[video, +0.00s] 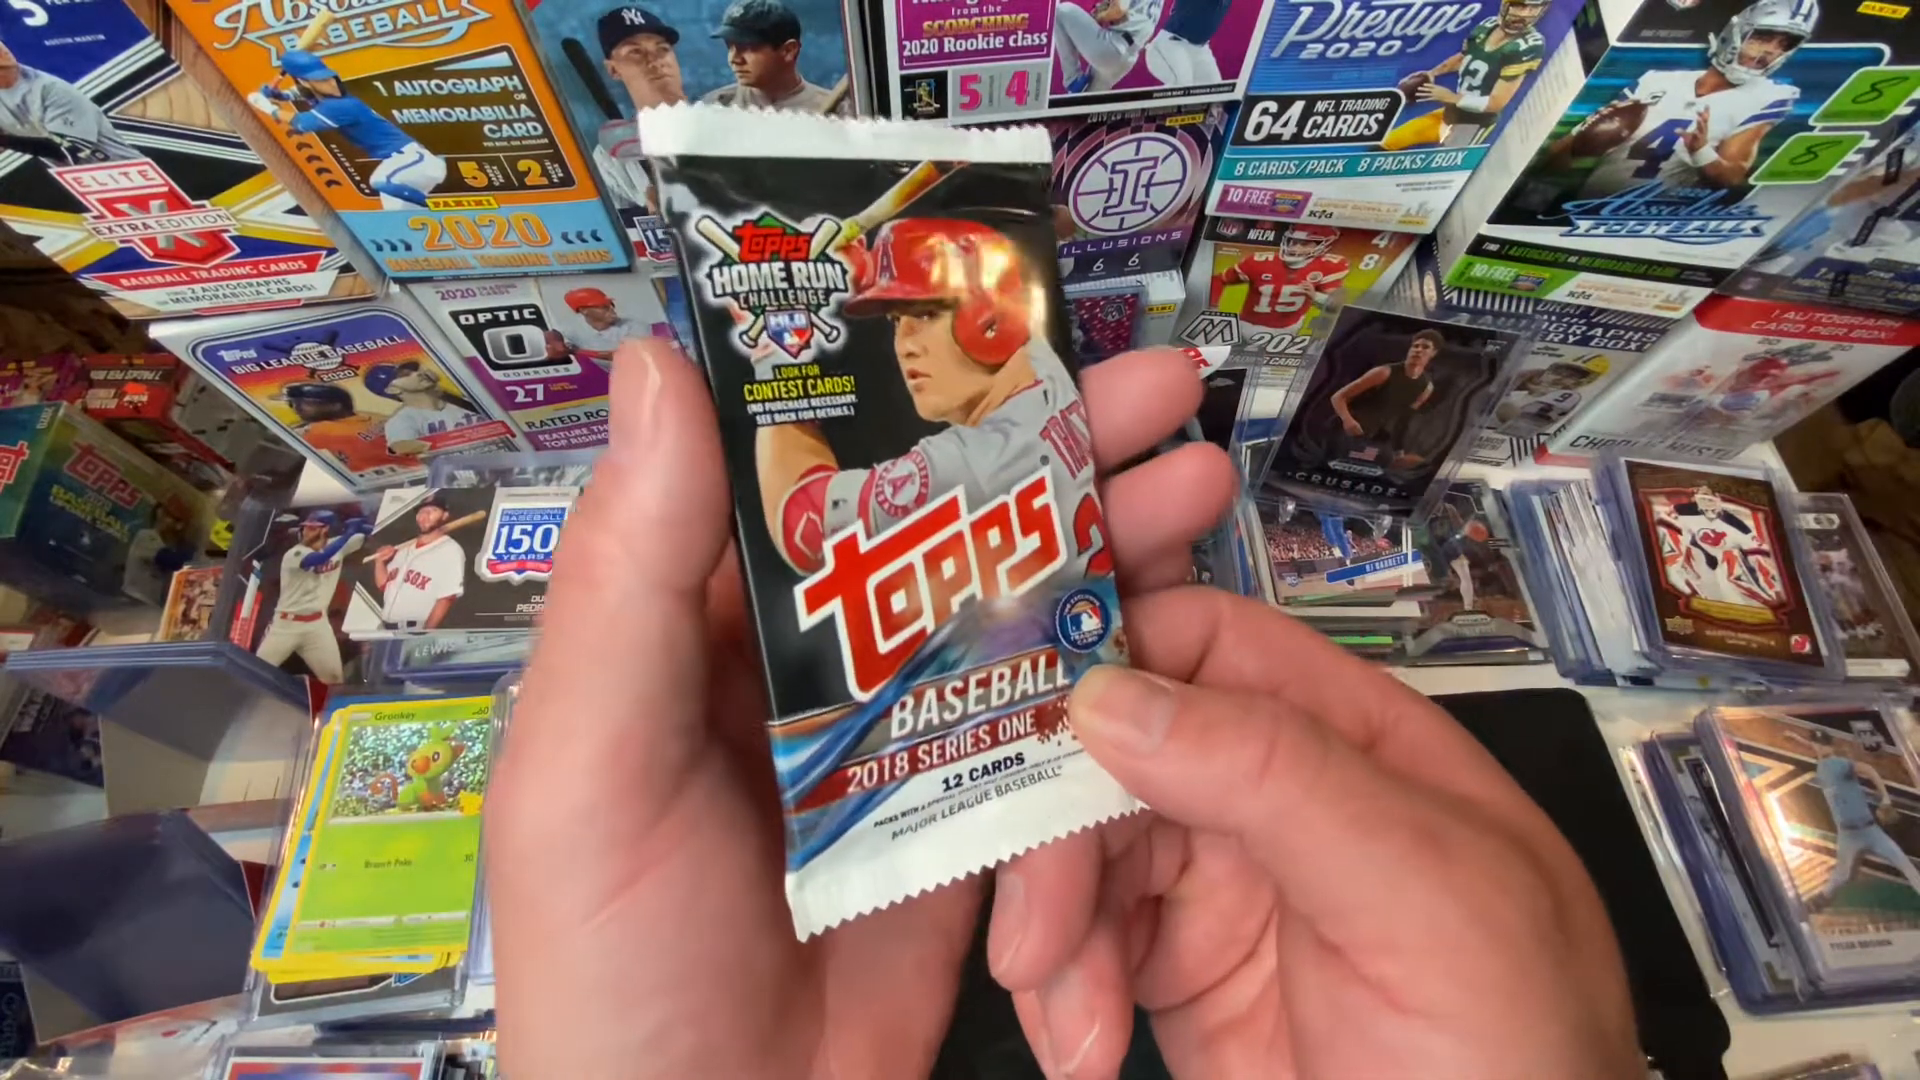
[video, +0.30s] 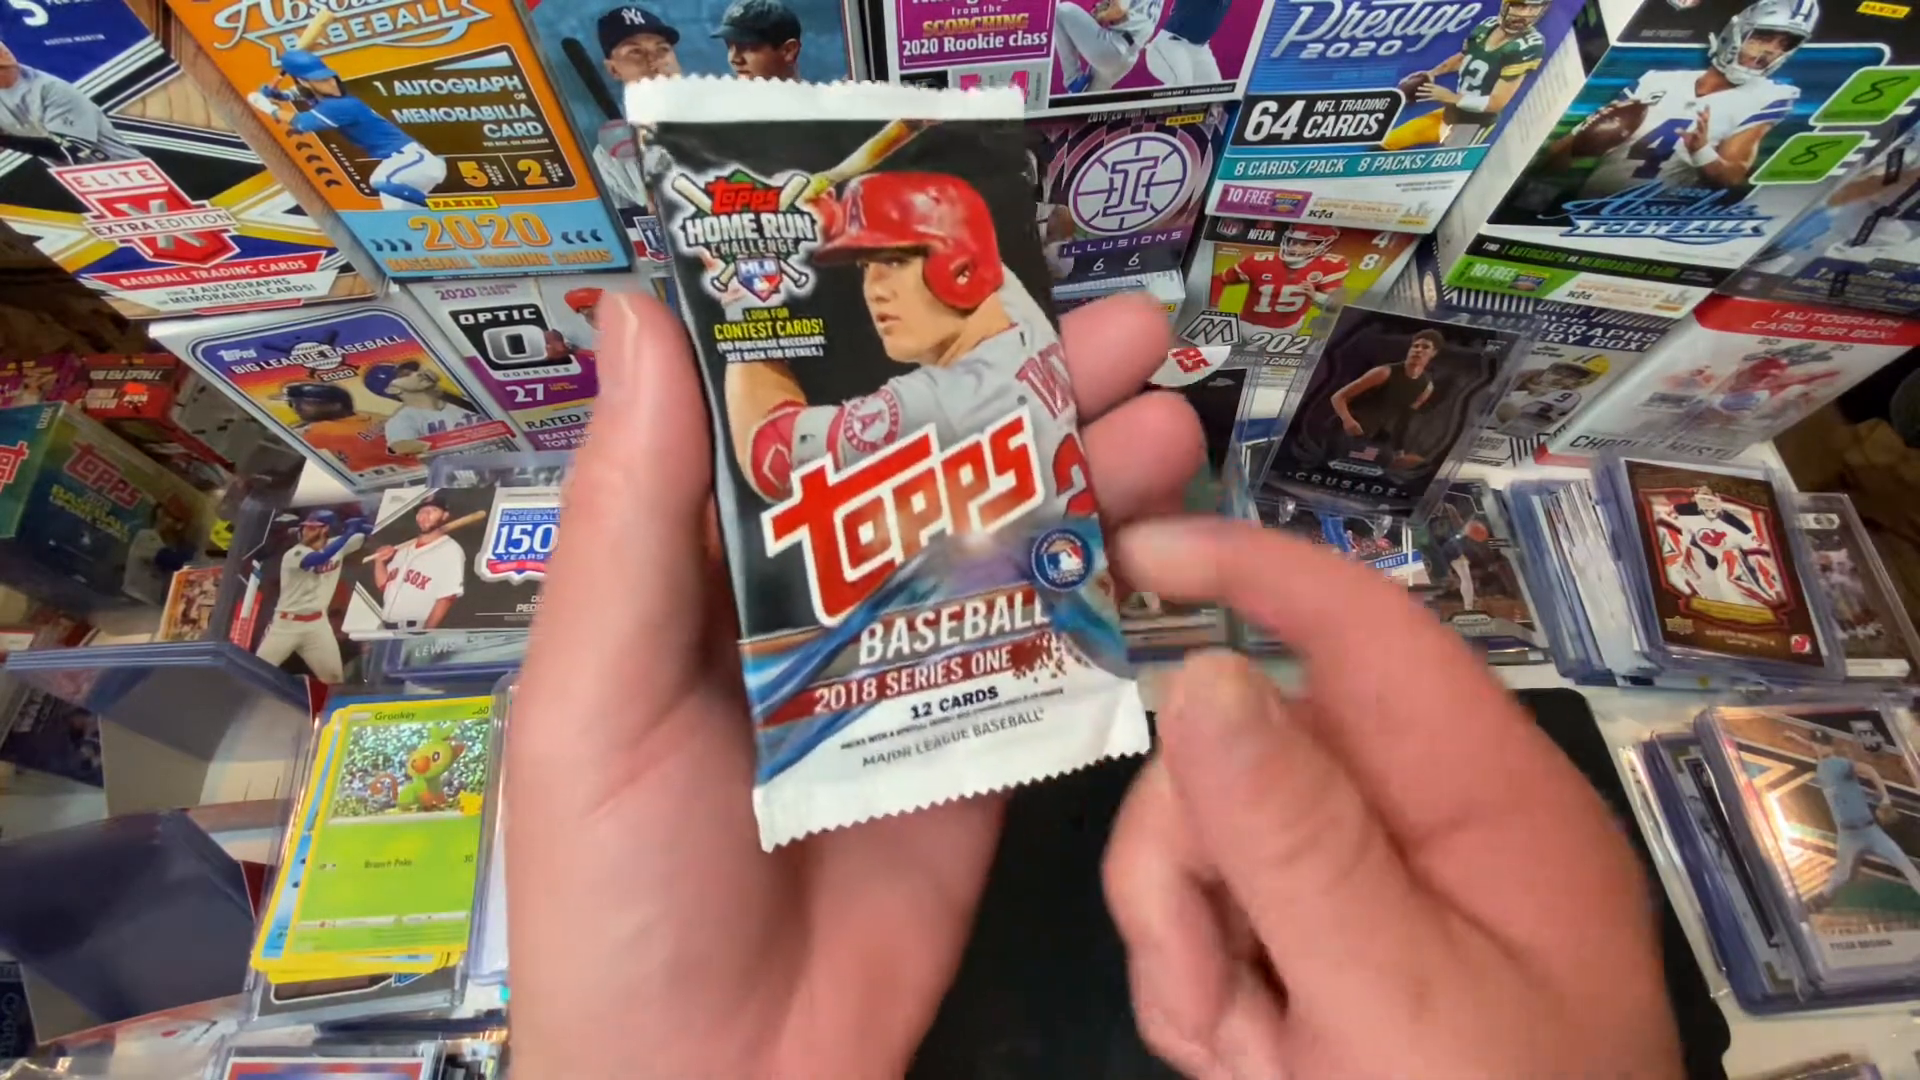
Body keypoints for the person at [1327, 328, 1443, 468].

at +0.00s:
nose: (1418, 350)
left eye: (1425, 347)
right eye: (1415, 346)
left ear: (1433, 354)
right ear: (1409, 349)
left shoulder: (1426, 389)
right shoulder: (1384, 373)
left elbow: (1404, 419)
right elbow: (1338, 397)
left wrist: (1399, 452)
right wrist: (1347, 420)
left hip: (1382, 442)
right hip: (1354, 435)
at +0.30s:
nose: (1418, 350)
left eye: (1425, 347)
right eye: (1415, 346)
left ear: (1433, 354)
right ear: (1409, 349)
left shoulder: (1426, 389)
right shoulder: (1384, 373)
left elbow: (1404, 418)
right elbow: (1338, 397)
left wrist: (1399, 452)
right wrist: (1347, 420)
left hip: (1382, 443)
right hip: (1354, 436)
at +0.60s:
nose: (1418, 350)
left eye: (1425, 347)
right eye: (1416, 346)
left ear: (1434, 354)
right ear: (1410, 349)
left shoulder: (1426, 389)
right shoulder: (1384, 373)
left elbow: (1405, 417)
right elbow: (1338, 397)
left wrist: (1399, 451)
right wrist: (1347, 420)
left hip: (1383, 439)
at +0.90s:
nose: (1418, 350)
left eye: (1425, 347)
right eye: (1415, 346)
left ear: (1434, 354)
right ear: (1409, 349)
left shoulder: (1426, 389)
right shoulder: (1384, 373)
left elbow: (1405, 417)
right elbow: (1338, 397)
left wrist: (1399, 451)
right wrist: (1347, 420)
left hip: (1384, 440)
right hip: (1357, 434)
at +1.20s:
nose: (1418, 350)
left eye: (1425, 347)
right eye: (1416, 346)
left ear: (1433, 354)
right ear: (1409, 350)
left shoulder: (1426, 388)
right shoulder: (1384, 373)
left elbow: (1404, 416)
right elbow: (1338, 397)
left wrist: (1399, 451)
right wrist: (1348, 420)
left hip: (1384, 440)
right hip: (1357, 434)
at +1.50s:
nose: (1418, 350)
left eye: (1425, 347)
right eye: (1415, 346)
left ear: (1433, 355)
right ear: (1409, 350)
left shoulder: (1426, 389)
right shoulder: (1384, 373)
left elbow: (1404, 416)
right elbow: (1338, 397)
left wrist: (1399, 451)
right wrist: (1348, 421)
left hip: (1384, 442)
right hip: (1357, 435)